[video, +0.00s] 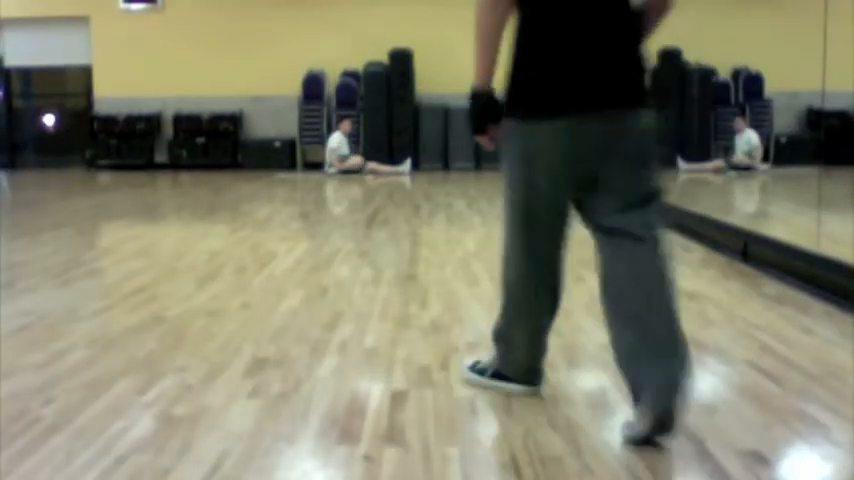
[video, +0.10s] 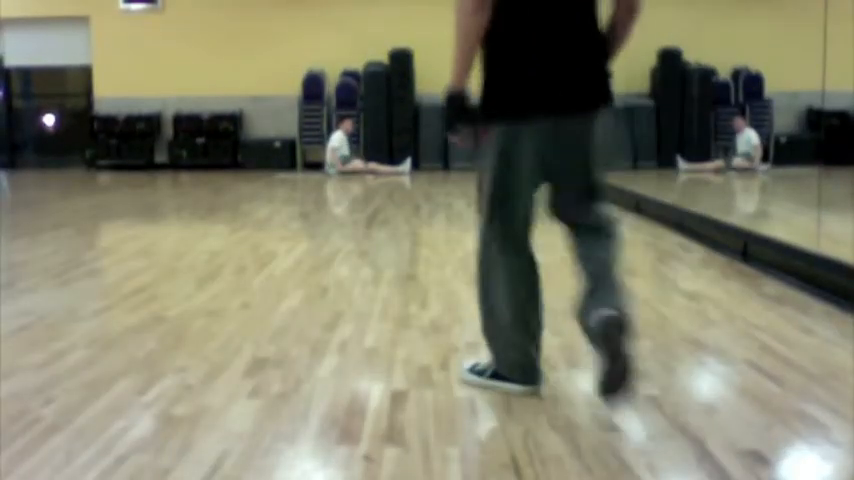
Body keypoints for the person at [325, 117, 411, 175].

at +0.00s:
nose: (349, 128)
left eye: (350, 125)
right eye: (347, 125)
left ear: (348, 127)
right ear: (341, 125)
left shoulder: (343, 138)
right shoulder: (336, 138)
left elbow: (344, 155)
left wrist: (354, 159)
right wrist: (352, 162)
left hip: (343, 166)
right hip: (336, 169)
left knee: (371, 165)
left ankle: (399, 169)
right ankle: (400, 170)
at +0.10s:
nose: (351, 127)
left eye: (352, 124)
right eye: (350, 124)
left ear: (347, 125)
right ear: (343, 124)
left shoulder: (342, 136)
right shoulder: (338, 136)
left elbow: (342, 153)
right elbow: (333, 151)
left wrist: (353, 162)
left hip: (342, 166)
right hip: (337, 169)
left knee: (371, 165)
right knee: (370, 166)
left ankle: (398, 169)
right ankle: (399, 170)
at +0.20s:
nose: (353, 128)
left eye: (354, 125)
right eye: (352, 125)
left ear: (350, 126)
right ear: (345, 124)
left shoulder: (343, 136)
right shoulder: (340, 135)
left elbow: (345, 153)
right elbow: (333, 151)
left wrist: (354, 163)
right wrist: (340, 167)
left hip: (346, 165)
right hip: (338, 168)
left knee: (372, 165)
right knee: (370, 167)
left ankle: (399, 169)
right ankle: (399, 170)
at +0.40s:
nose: (358, 129)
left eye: (359, 126)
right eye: (358, 126)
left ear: (352, 124)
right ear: (353, 124)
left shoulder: (345, 134)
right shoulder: (343, 135)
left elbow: (347, 155)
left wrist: (355, 164)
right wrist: (352, 167)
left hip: (343, 166)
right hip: (338, 169)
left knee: (370, 165)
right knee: (369, 167)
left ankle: (397, 168)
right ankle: (398, 169)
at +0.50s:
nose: (359, 130)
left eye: (359, 127)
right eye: (359, 127)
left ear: (354, 125)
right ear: (354, 125)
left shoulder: (346, 134)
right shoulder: (345, 136)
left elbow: (348, 156)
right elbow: (348, 157)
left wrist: (360, 164)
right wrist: (361, 166)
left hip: (341, 166)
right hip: (336, 169)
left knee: (370, 165)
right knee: (369, 167)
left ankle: (397, 168)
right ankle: (397, 169)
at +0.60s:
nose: (360, 130)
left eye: (361, 127)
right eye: (359, 127)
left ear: (354, 126)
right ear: (354, 126)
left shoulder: (347, 134)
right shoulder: (346, 137)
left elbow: (354, 150)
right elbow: (354, 152)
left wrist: (368, 158)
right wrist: (368, 159)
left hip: (341, 165)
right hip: (335, 169)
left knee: (367, 166)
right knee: (366, 167)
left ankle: (394, 169)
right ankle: (395, 169)